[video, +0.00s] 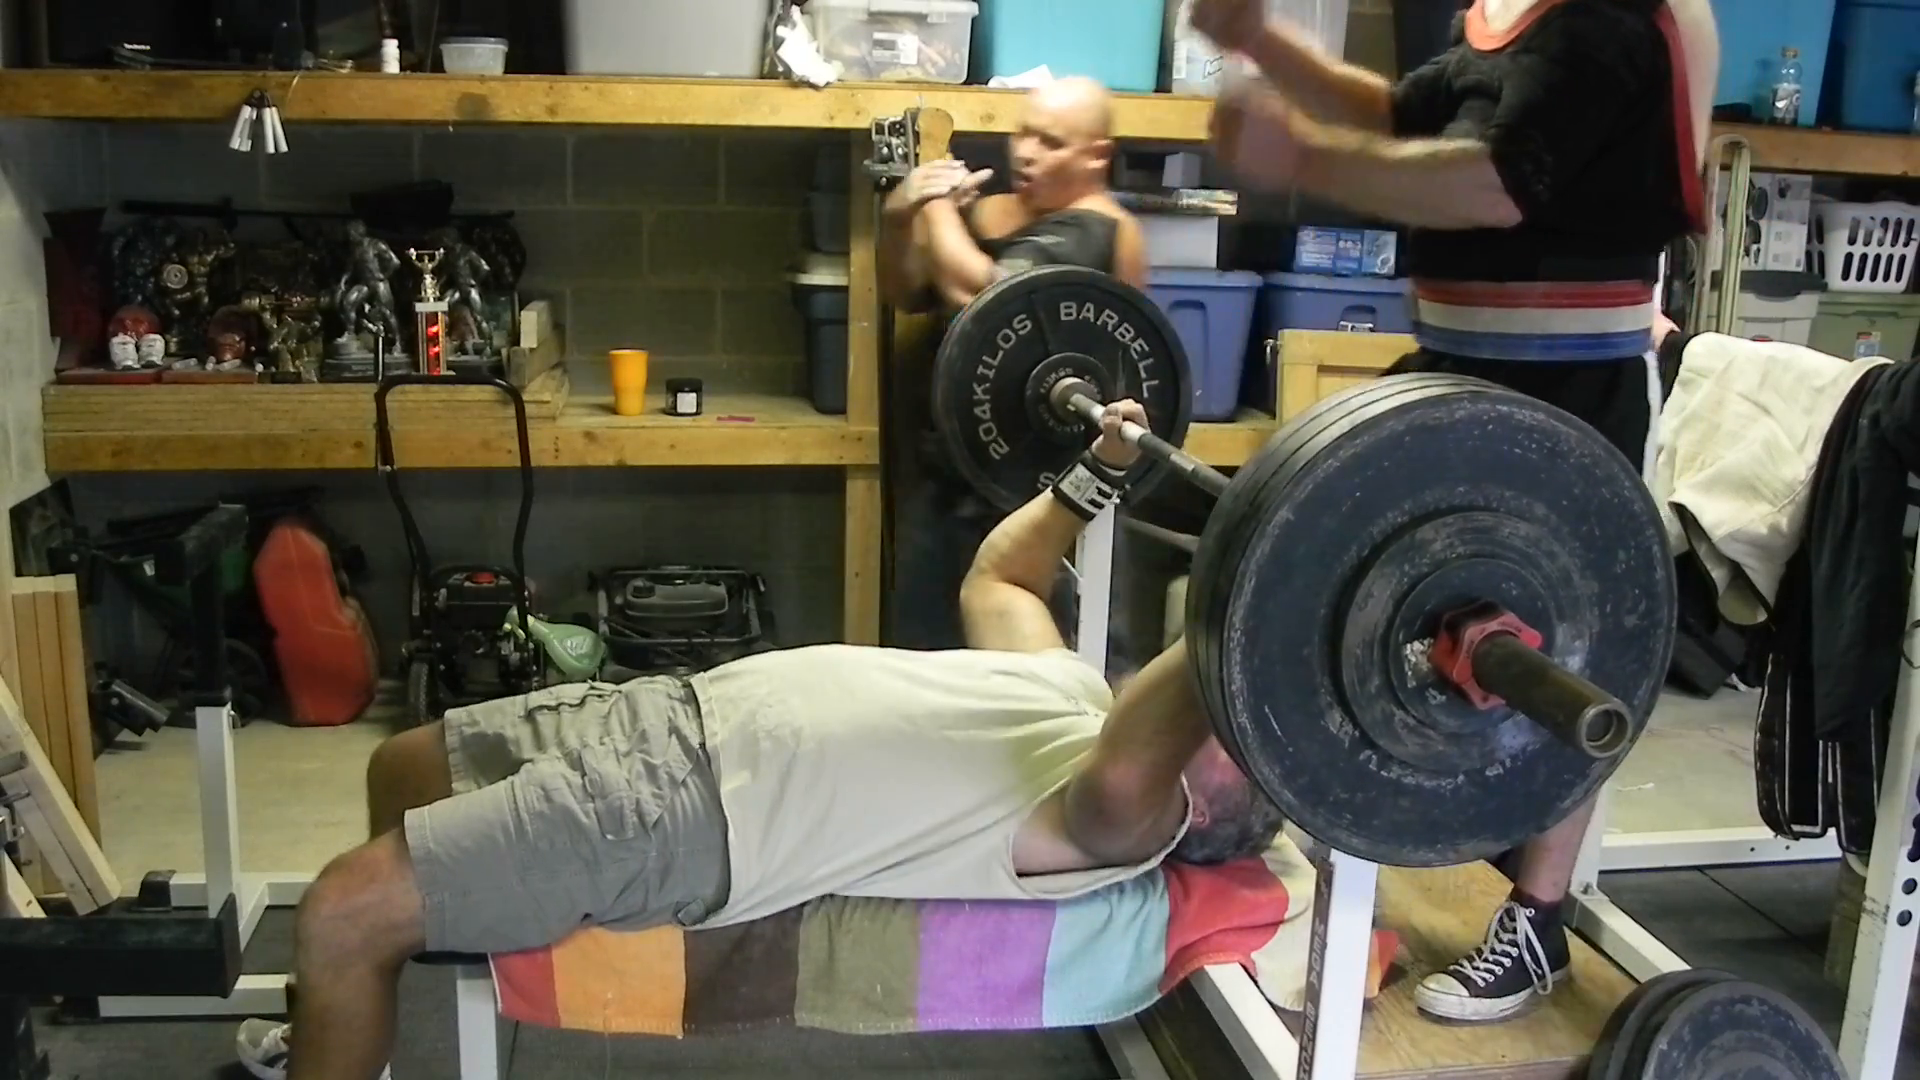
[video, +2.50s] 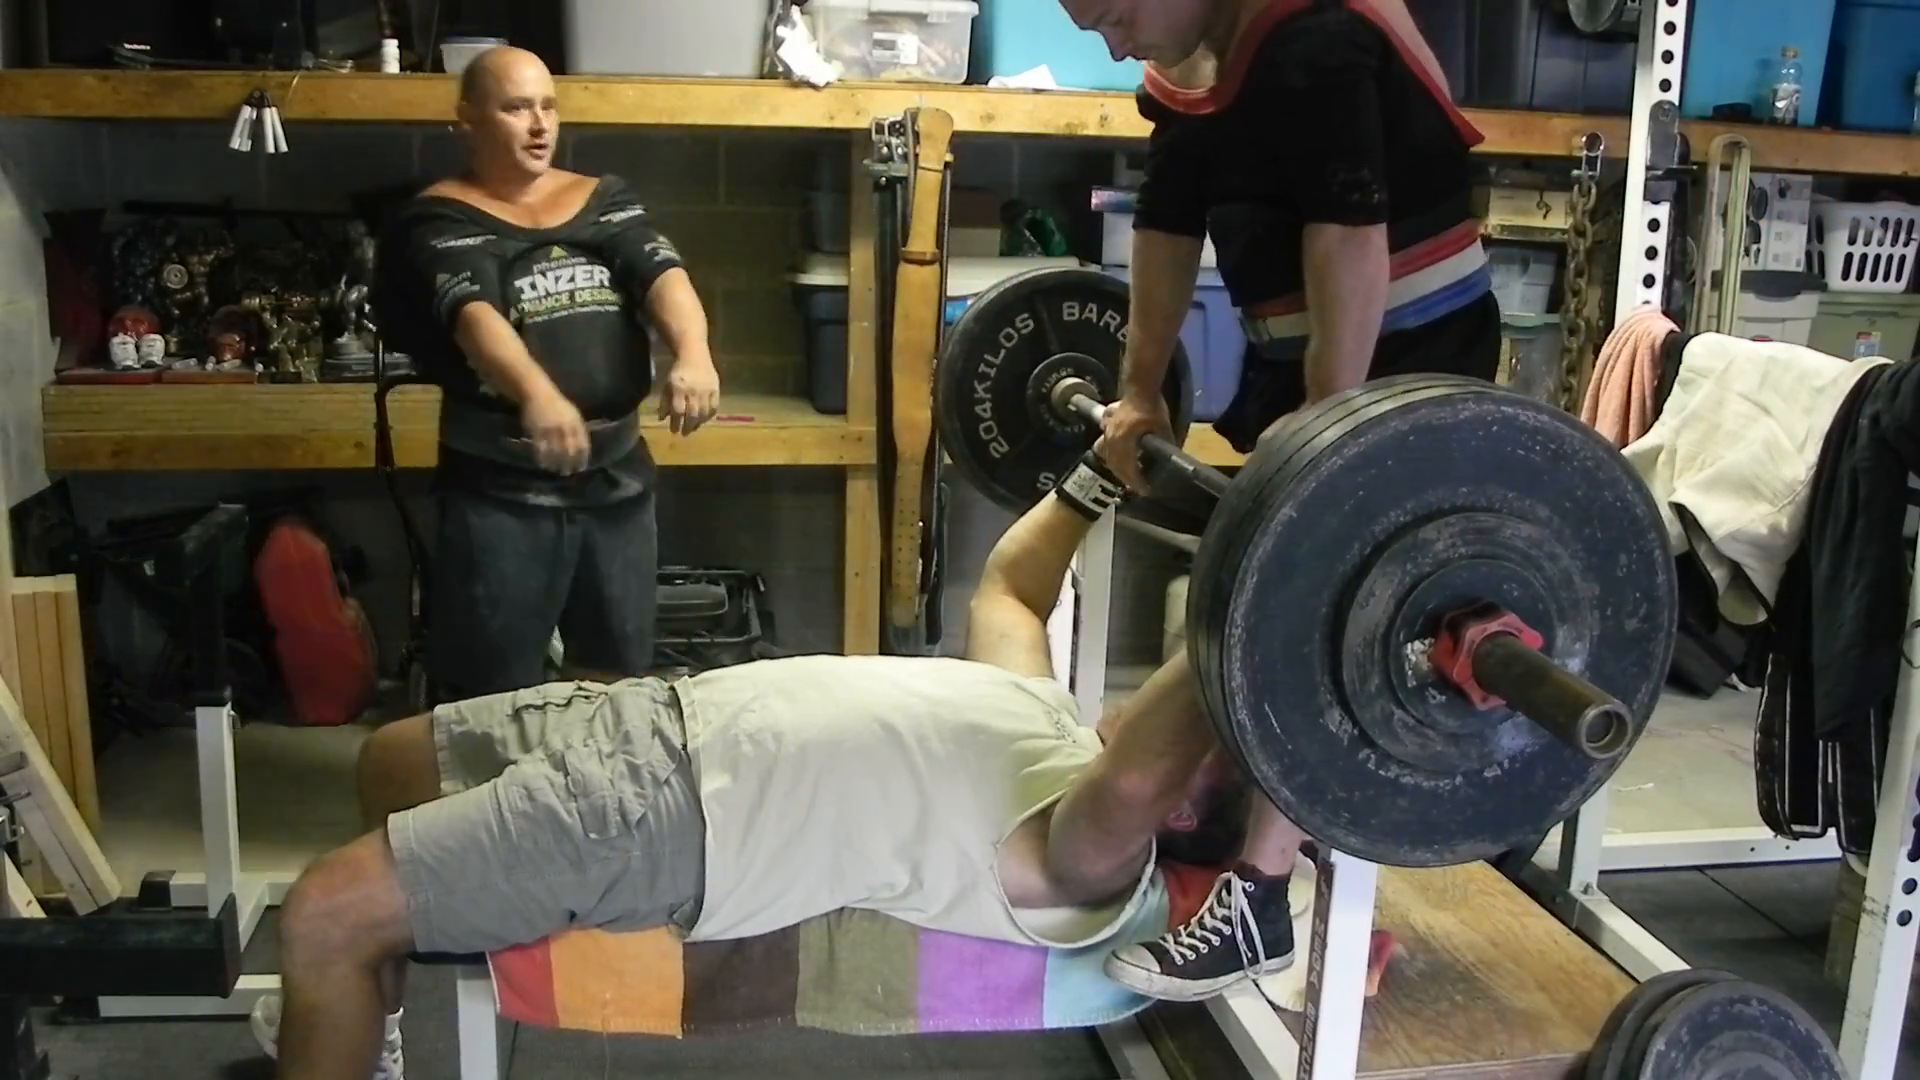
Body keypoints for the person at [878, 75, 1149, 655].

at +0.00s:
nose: (1023, 153)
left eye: (1047, 140)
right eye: (1022, 135)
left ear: (1097, 155)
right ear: (1013, 133)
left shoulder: (1098, 232)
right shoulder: (994, 209)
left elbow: (983, 294)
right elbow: (904, 292)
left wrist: (939, 207)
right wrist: (898, 218)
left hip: (1036, 468)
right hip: (951, 451)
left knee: (1019, 631)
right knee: (929, 623)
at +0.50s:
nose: (867, 131)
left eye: (890, 117)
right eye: (860, 114)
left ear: (936, 131)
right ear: (848, 118)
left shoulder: (925, 221)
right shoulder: (842, 205)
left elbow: (837, 321)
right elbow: (763, 278)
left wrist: (730, 322)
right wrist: (683, 288)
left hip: (887, 486)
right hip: (836, 477)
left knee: (852, 678)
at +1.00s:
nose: (753, 112)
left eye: (778, 100)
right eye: (749, 95)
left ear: (829, 118)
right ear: (737, 99)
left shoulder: (782, 213)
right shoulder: (743, 196)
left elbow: (678, 320)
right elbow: (641, 284)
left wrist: (562, 387)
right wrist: (540, 360)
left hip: (762, 494)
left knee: (748, 710)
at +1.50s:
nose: (661, 123)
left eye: (680, 110)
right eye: (646, 104)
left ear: (703, 128)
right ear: (615, 108)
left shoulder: (721, 216)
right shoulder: (548, 205)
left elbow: (676, 322)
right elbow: (491, 297)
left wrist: (581, 397)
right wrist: (435, 390)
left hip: (682, 518)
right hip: (554, 517)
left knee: (702, 731)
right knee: (546, 729)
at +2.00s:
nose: (517, 112)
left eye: (524, 97)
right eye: (496, 95)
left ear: (533, 104)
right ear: (439, 104)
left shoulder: (573, 196)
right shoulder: (404, 211)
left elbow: (638, 279)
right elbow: (472, 313)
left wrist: (699, 365)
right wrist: (584, 388)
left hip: (606, 499)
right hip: (480, 511)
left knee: (624, 711)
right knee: (489, 727)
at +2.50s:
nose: (541, 123)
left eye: (548, 107)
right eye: (519, 108)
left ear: (559, 111)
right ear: (469, 118)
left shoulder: (604, 197)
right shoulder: (438, 215)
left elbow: (661, 272)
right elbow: (470, 313)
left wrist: (694, 352)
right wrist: (537, 391)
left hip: (616, 494)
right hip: (500, 498)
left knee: (623, 696)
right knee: (493, 707)